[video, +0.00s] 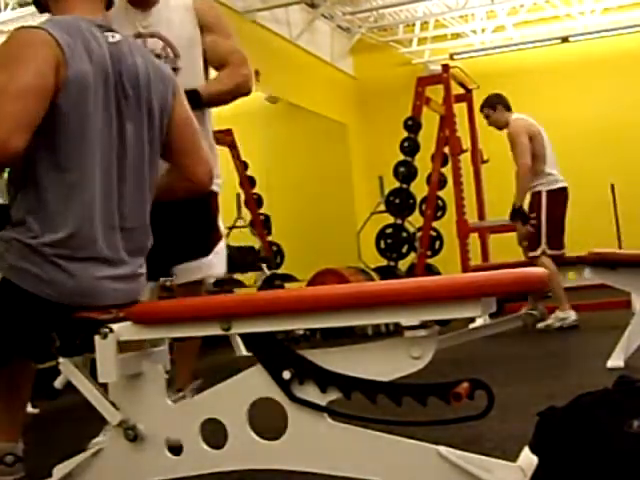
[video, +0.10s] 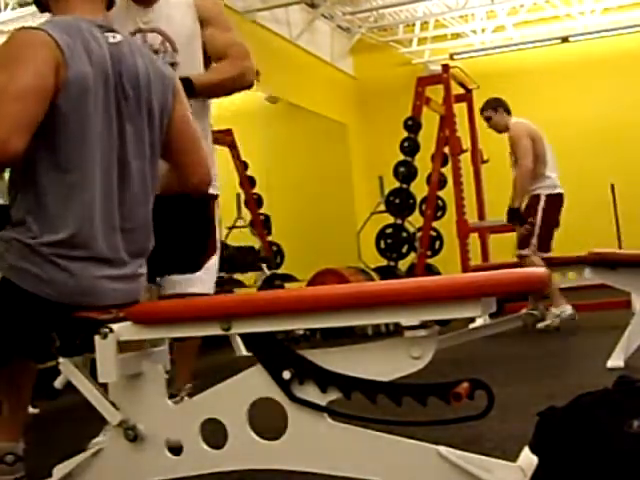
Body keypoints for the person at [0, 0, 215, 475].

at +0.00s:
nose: (37, 9)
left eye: (39, 5)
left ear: (46, 2)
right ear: (107, 3)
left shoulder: (38, 42)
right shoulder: (156, 69)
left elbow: (9, 142)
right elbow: (198, 174)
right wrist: (130, 187)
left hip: (39, 280)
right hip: (123, 285)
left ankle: (8, 450)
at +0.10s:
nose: (40, 9)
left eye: (41, 6)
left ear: (47, 2)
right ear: (108, 4)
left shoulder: (37, 43)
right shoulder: (158, 70)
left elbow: (9, 143)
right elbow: (196, 175)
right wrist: (130, 178)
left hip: (39, 281)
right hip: (122, 286)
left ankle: (9, 451)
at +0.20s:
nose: (43, 10)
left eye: (43, 7)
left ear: (48, 3)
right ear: (109, 5)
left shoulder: (38, 44)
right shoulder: (157, 73)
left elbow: (8, 144)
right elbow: (195, 176)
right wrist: (133, 158)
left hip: (39, 278)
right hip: (122, 284)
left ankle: (10, 446)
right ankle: (9, 443)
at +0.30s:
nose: (45, 12)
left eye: (44, 8)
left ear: (50, 4)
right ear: (106, 6)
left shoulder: (40, 43)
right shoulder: (155, 70)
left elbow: (9, 147)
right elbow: (194, 176)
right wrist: (133, 156)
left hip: (40, 278)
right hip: (122, 284)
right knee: (33, 344)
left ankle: (13, 444)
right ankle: (13, 442)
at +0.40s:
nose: (41, 10)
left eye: (42, 7)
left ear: (47, 3)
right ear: (107, 5)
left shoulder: (41, 45)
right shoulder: (154, 71)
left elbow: (10, 149)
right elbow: (194, 175)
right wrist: (133, 157)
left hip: (40, 278)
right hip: (124, 284)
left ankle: (29, 429)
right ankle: (31, 427)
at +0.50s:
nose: (38, 10)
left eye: (40, 7)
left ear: (45, 3)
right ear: (105, 5)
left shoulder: (41, 46)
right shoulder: (154, 74)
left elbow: (11, 147)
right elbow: (194, 175)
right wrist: (130, 159)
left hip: (40, 283)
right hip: (125, 289)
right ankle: (37, 436)